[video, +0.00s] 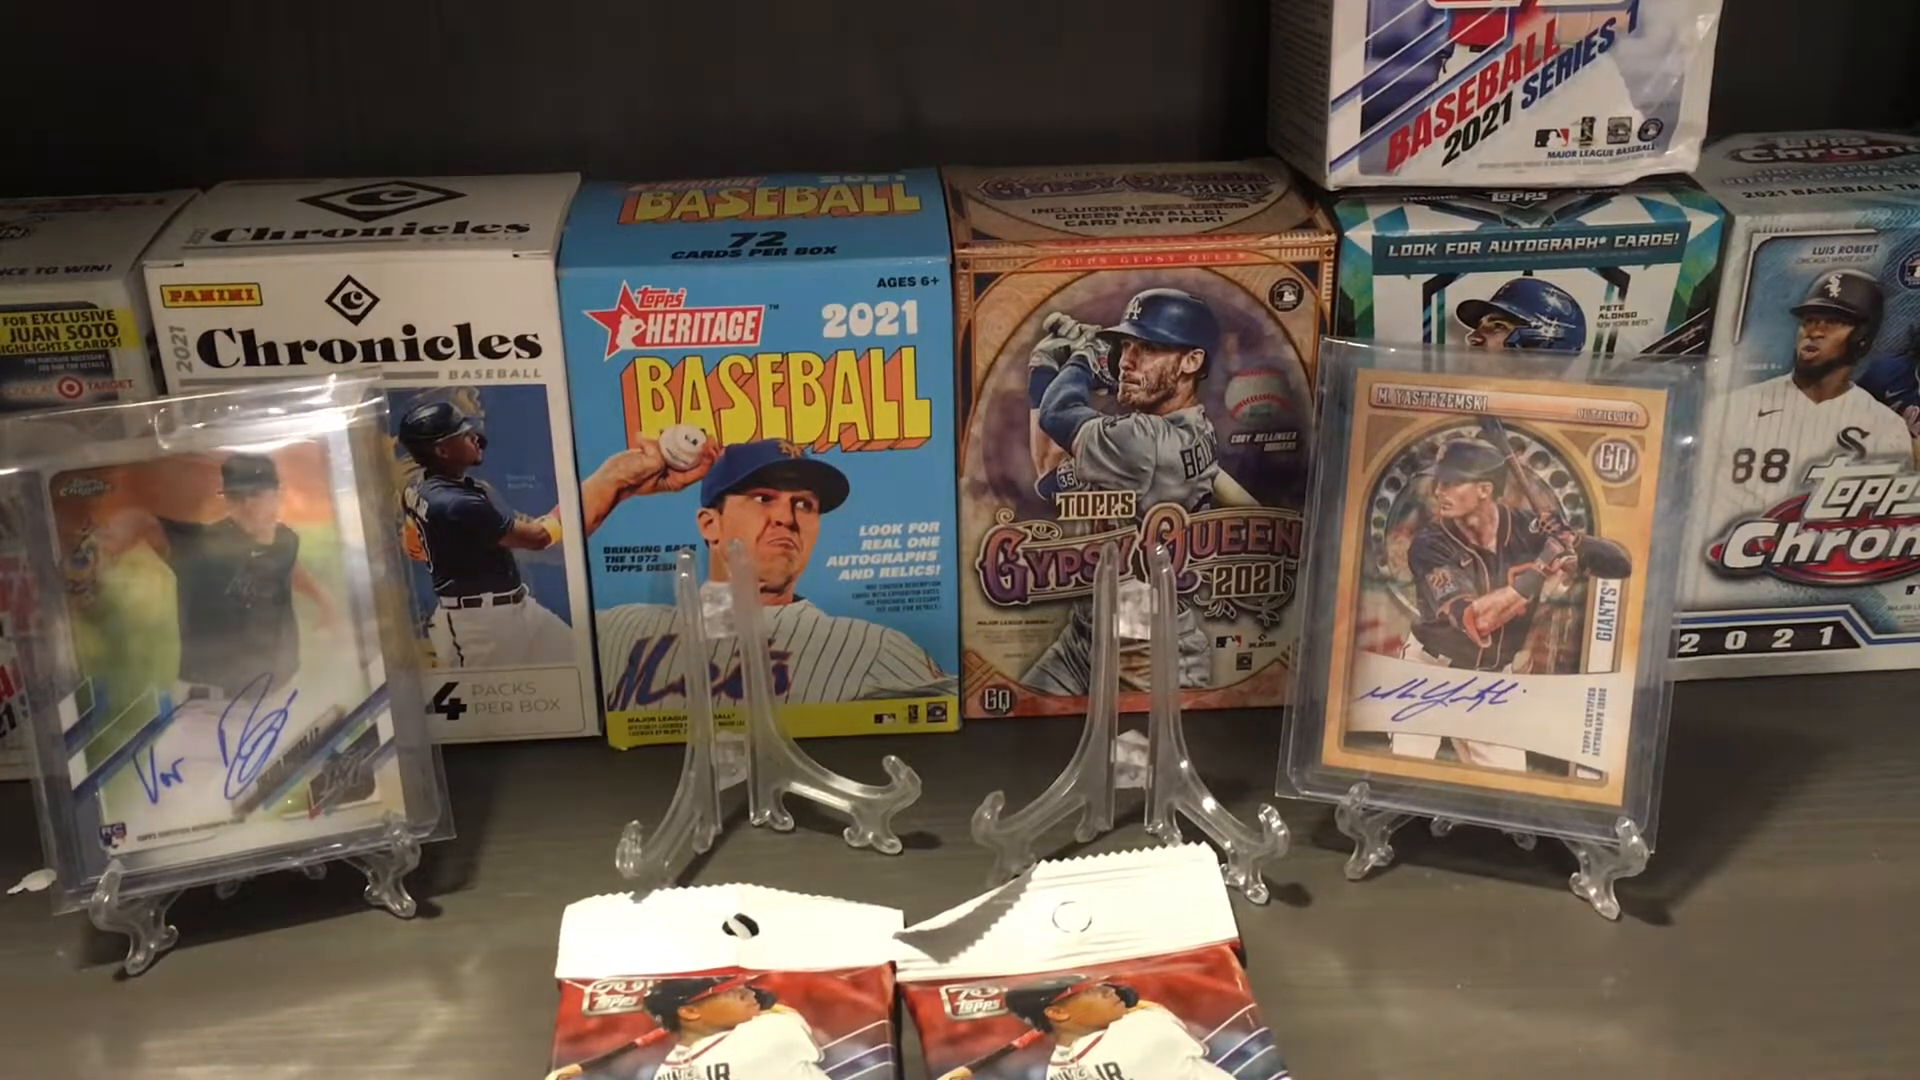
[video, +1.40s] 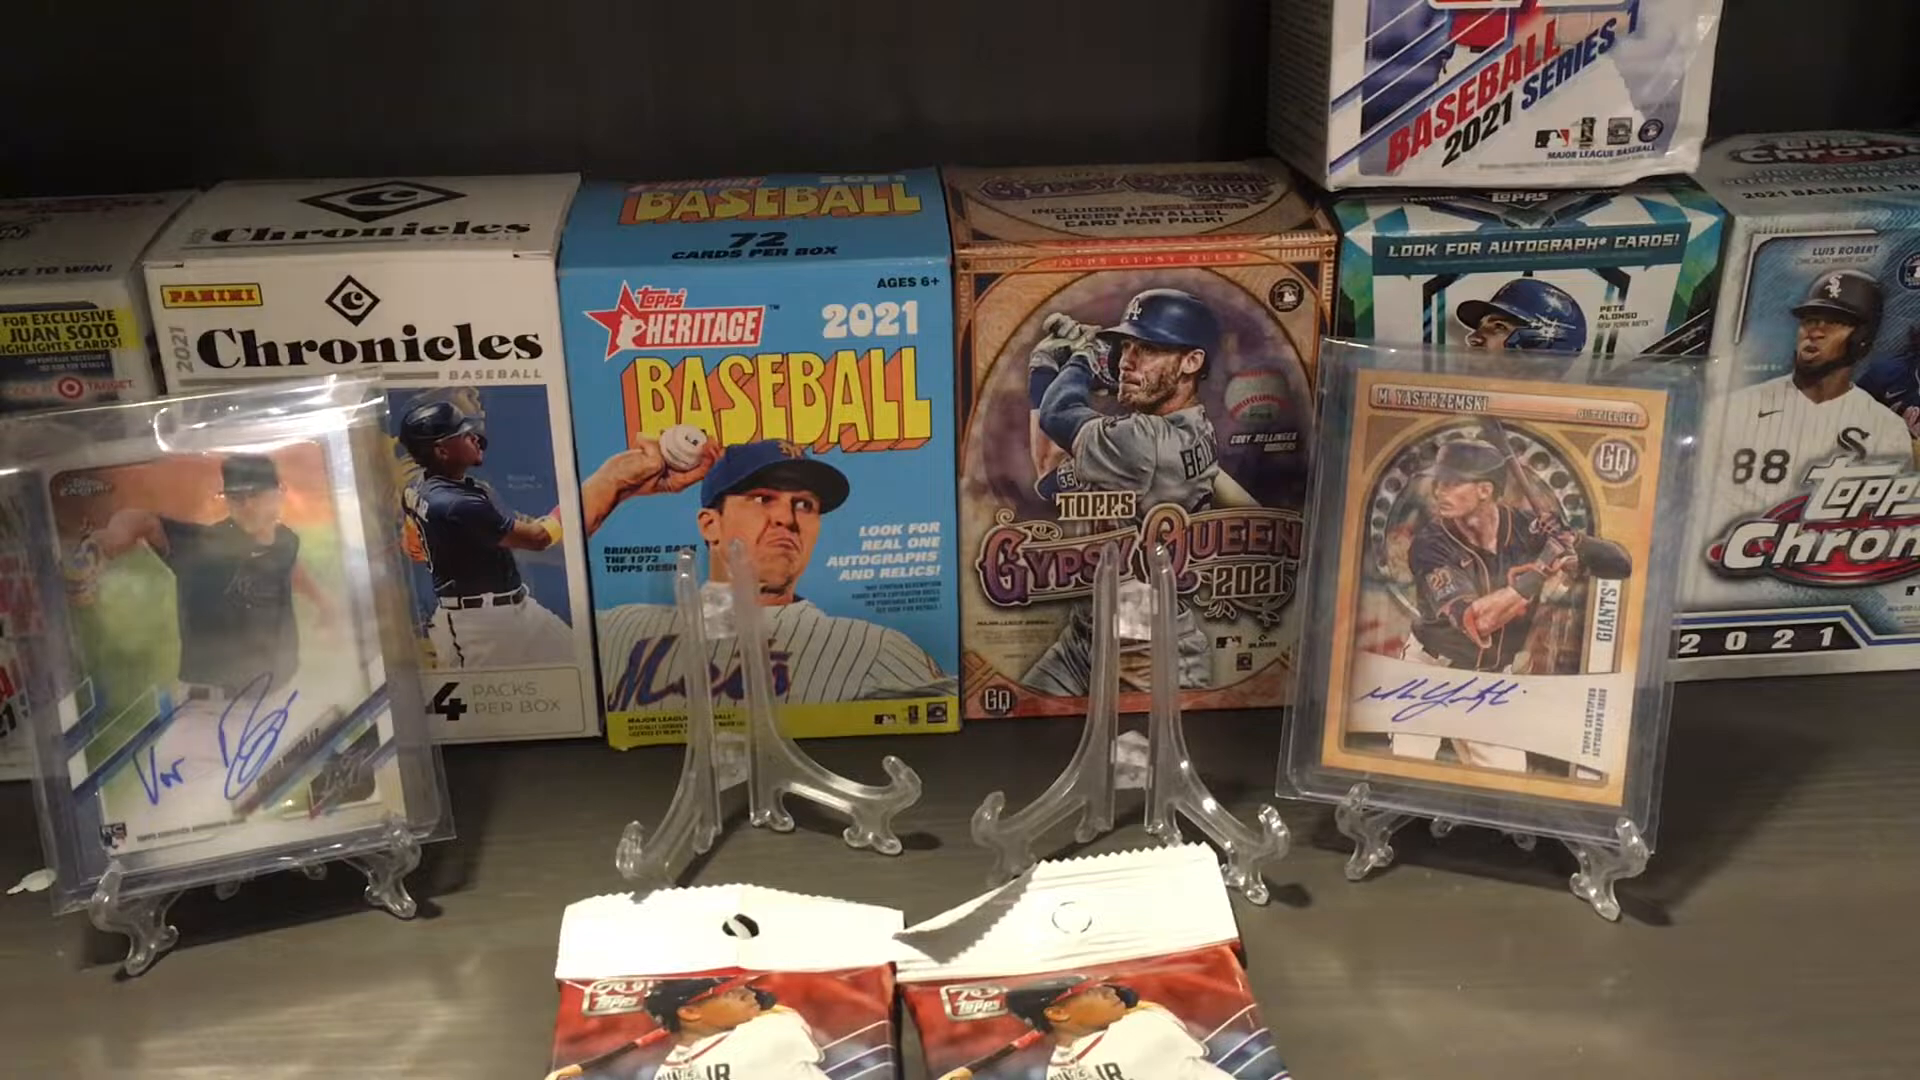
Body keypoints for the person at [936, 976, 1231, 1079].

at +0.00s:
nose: (1107, 990)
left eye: (1097, 985)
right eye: (1090, 990)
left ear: (1059, 1015)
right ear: (1059, 1014)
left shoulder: (1055, 1073)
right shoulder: (1151, 1026)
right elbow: (1145, 1005)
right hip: (1221, 1072)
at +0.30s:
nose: (1108, 991)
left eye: (1097, 986)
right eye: (1090, 990)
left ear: (1059, 1015)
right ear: (1059, 1014)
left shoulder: (1055, 1073)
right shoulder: (1151, 1026)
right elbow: (1145, 1005)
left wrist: (963, 1077)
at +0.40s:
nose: (1107, 990)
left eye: (1096, 985)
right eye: (1090, 990)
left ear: (1059, 1015)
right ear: (1059, 1014)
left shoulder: (1055, 1073)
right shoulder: (1150, 1027)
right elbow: (1147, 1005)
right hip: (1225, 1075)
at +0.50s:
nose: (1107, 990)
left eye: (1096, 985)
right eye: (1090, 990)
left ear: (1059, 1015)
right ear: (1059, 1014)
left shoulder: (1055, 1073)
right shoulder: (1151, 1026)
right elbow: (1146, 1005)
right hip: (1221, 1072)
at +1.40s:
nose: (1109, 991)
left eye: (1098, 985)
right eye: (1091, 990)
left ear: (1059, 1015)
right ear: (1059, 1014)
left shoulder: (1055, 1074)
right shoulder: (1151, 1027)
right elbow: (1144, 1004)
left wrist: (962, 1076)